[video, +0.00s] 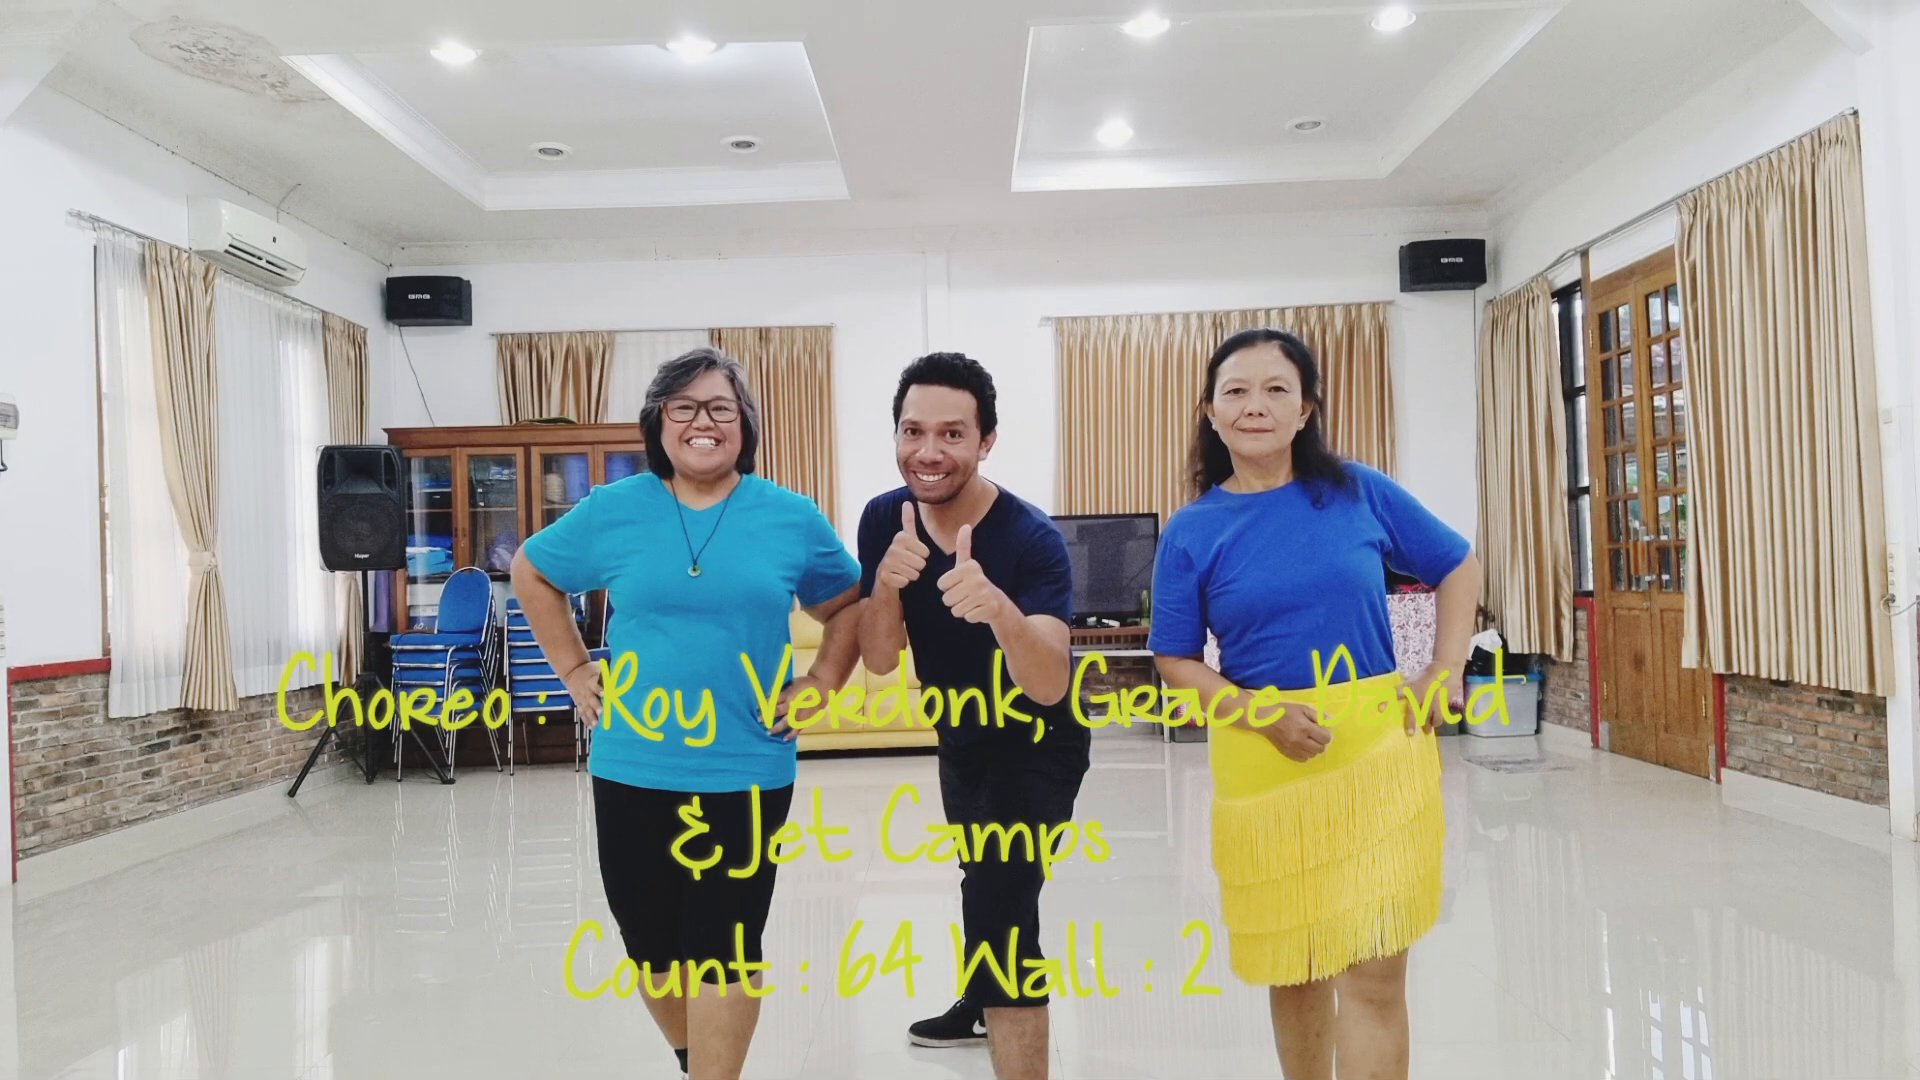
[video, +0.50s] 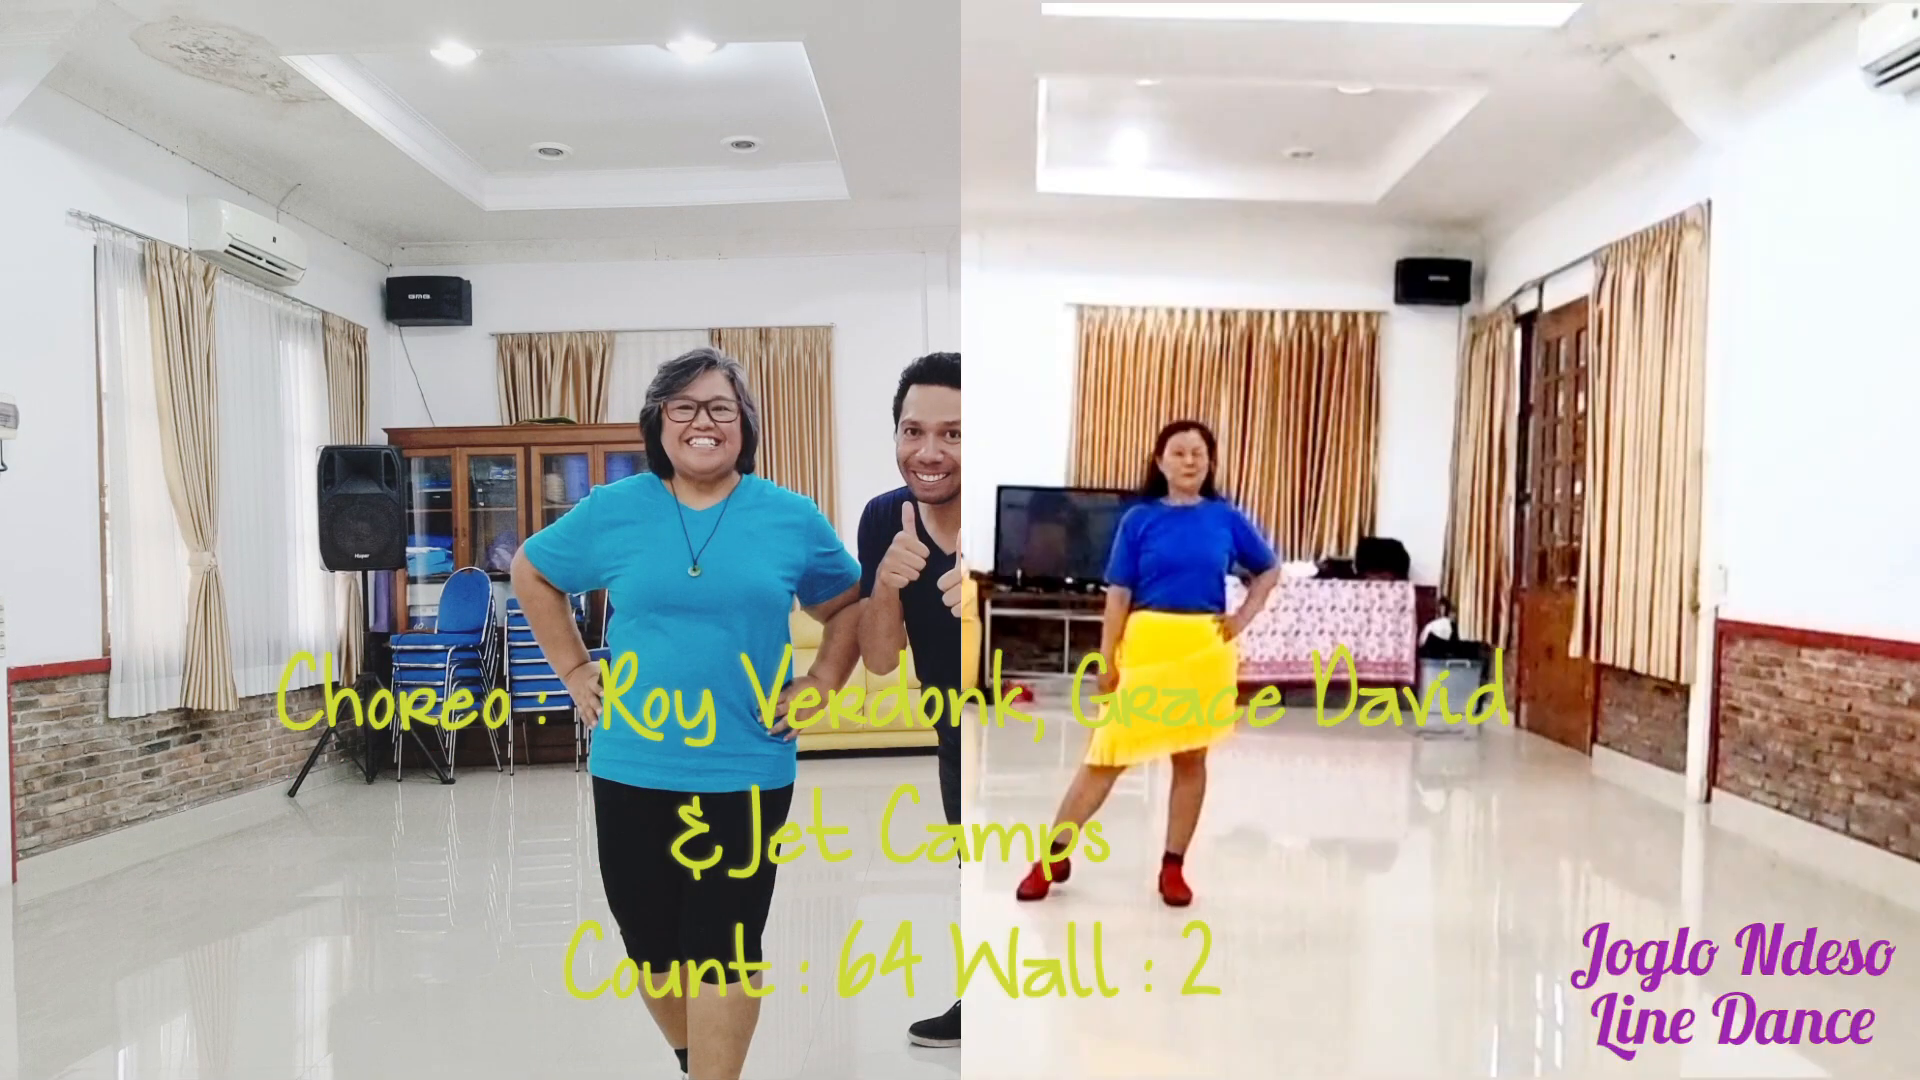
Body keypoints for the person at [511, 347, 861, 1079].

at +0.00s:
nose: (703, 421)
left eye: (720, 409)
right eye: (686, 408)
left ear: (746, 427)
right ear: (659, 424)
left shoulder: (790, 518)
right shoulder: (613, 510)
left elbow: (848, 606)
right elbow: (530, 570)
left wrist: (822, 681)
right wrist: (574, 667)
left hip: (745, 774)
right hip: (632, 774)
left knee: (724, 959)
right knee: (656, 962)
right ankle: (703, 1066)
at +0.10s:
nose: (703, 421)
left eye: (720, 409)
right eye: (686, 408)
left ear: (746, 427)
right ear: (659, 424)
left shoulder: (790, 518)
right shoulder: (613, 510)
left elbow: (848, 606)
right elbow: (530, 570)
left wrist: (822, 681)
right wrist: (574, 667)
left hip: (745, 774)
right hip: (632, 774)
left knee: (724, 959)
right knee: (656, 962)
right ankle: (703, 1066)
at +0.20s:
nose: (703, 421)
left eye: (720, 409)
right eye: (686, 408)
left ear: (746, 427)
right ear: (659, 425)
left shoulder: (790, 518)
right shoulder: (614, 510)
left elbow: (848, 607)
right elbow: (530, 570)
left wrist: (821, 682)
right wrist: (573, 668)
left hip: (745, 774)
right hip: (632, 774)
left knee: (725, 959)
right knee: (656, 962)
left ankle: (714, 1079)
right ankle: (703, 1066)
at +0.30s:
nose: (703, 421)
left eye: (720, 409)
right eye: (686, 408)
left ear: (746, 427)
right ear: (659, 425)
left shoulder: (790, 518)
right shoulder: (614, 510)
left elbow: (848, 607)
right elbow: (530, 570)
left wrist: (821, 682)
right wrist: (573, 668)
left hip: (745, 774)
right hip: (632, 774)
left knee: (725, 959)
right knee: (656, 962)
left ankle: (714, 1079)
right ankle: (703, 1066)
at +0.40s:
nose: (703, 421)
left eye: (720, 409)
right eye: (686, 408)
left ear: (746, 427)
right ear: (659, 425)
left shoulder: (790, 518)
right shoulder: (614, 510)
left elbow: (848, 607)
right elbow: (530, 570)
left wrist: (821, 682)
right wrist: (573, 668)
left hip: (745, 774)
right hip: (632, 774)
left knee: (725, 959)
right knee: (656, 962)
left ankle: (714, 1079)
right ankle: (703, 1066)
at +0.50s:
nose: (703, 421)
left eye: (720, 409)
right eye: (686, 408)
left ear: (746, 428)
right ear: (659, 425)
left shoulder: (790, 518)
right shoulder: (613, 510)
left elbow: (848, 607)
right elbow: (530, 570)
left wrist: (821, 682)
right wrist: (574, 667)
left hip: (745, 774)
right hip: (632, 774)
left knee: (725, 959)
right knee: (656, 962)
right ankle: (703, 1066)